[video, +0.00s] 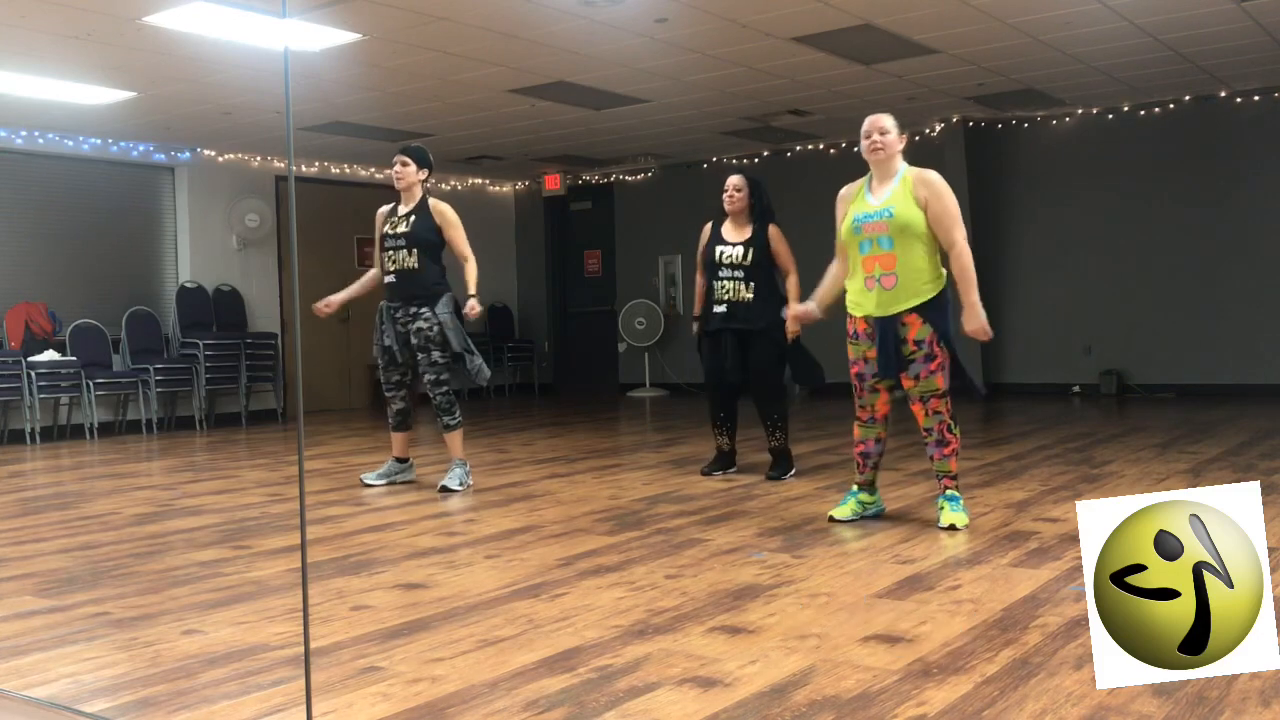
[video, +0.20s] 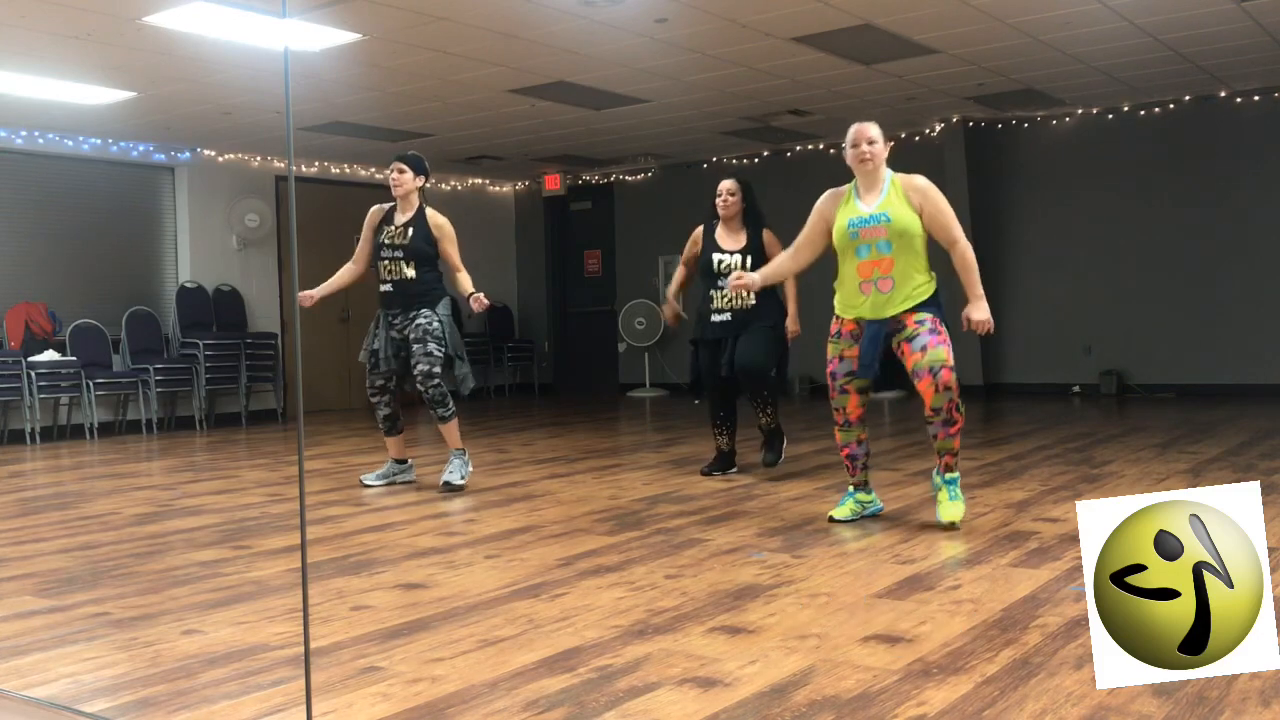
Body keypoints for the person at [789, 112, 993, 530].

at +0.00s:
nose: (875, 139)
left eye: (883, 132)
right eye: (868, 135)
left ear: (902, 141)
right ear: (860, 147)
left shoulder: (926, 183)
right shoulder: (848, 196)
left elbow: (956, 245)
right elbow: (842, 261)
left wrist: (972, 306)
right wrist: (815, 304)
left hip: (918, 313)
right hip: (864, 318)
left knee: (932, 405)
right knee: (868, 406)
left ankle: (949, 494)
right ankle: (865, 493)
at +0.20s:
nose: (864, 149)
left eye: (871, 142)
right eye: (855, 145)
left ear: (887, 148)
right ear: (846, 155)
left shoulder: (915, 189)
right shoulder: (832, 203)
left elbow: (957, 243)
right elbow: (797, 255)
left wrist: (977, 299)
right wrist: (757, 277)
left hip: (913, 312)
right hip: (852, 319)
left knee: (942, 381)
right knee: (845, 402)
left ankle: (948, 479)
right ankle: (860, 492)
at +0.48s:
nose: (876, 145)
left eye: (885, 137)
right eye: (870, 140)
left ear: (907, 141)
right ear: (865, 148)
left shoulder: (929, 191)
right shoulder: (852, 185)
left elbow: (950, 251)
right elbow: (831, 242)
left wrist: (934, 271)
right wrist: (812, 293)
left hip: (918, 312)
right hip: (864, 315)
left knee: (928, 406)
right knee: (866, 405)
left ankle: (942, 496)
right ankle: (866, 493)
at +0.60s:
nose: (884, 142)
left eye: (892, 134)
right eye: (879, 138)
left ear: (917, 138)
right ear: (875, 148)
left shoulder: (937, 189)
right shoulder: (868, 184)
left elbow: (952, 255)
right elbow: (859, 246)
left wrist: (925, 251)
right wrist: (855, 303)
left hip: (925, 313)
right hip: (875, 312)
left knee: (932, 404)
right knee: (840, 383)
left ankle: (942, 495)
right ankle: (857, 479)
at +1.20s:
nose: (894, 143)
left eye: (904, 136)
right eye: (889, 139)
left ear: (928, 146)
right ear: (887, 150)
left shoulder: (939, 187)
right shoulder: (880, 188)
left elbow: (948, 239)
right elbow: (873, 250)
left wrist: (950, 294)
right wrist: (866, 304)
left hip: (933, 314)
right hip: (883, 315)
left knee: (938, 405)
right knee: (829, 368)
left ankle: (944, 496)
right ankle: (848, 463)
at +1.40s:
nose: (883, 139)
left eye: (891, 132)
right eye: (876, 134)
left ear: (911, 141)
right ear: (869, 146)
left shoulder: (936, 183)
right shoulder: (856, 198)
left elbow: (968, 244)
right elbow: (847, 263)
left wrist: (977, 303)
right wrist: (820, 303)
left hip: (924, 311)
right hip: (868, 315)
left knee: (933, 404)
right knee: (861, 401)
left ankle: (943, 495)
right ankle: (863, 491)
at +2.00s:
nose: (879, 141)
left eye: (887, 133)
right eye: (872, 136)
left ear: (907, 140)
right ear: (865, 147)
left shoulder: (930, 188)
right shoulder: (849, 184)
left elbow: (954, 250)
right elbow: (827, 243)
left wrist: (936, 253)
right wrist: (816, 295)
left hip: (924, 307)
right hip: (866, 310)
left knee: (933, 400)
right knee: (859, 398)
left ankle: (946, 494)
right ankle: (863, 489)